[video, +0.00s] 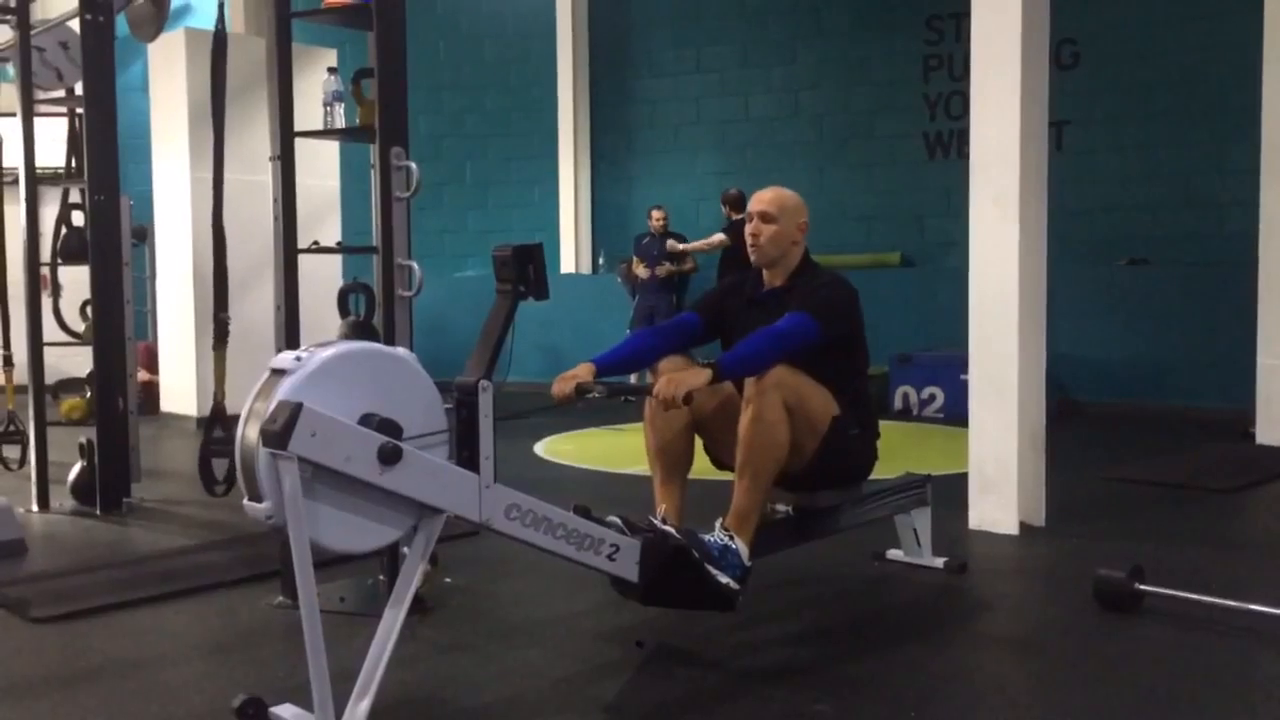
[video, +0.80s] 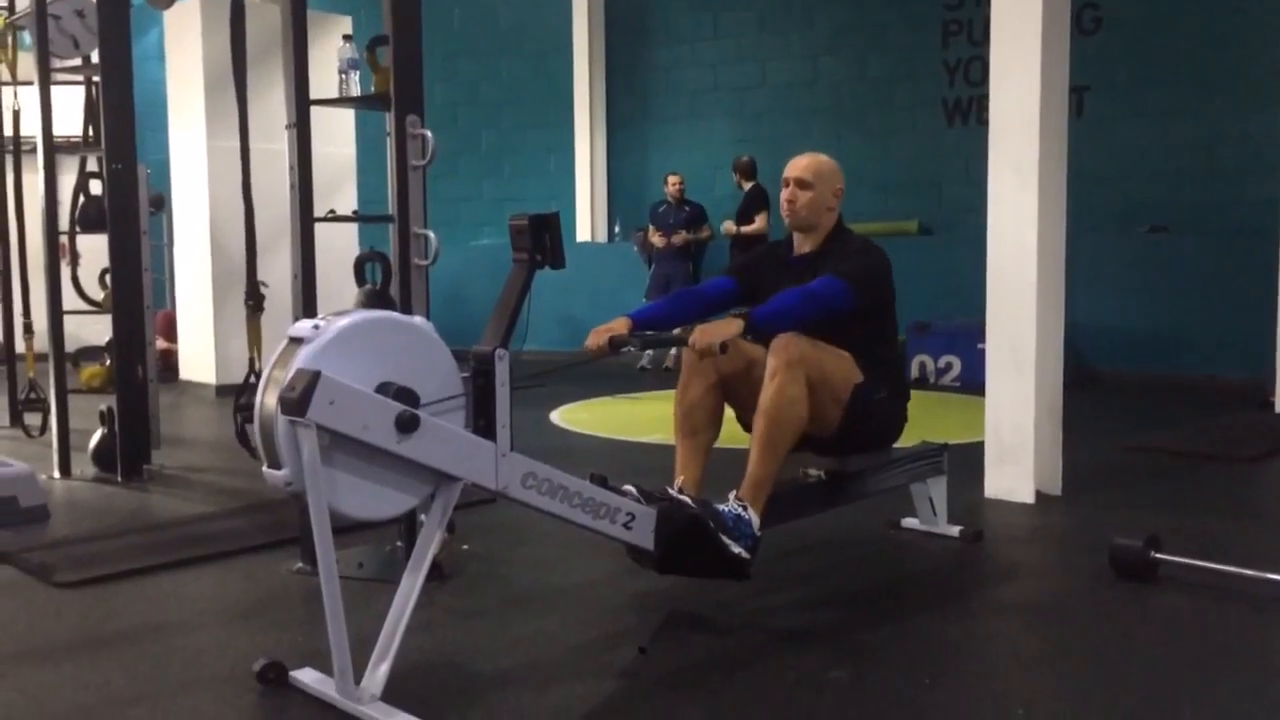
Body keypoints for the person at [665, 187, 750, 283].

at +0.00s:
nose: (722, 210)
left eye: (722, 207)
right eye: (721, 207)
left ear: (727, 208)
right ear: (743, 205)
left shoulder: (737, 226)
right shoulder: (750, 223)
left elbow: (709, 245)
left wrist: (680, 247)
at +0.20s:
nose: (719, 210)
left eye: (719, 206)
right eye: (719, 206)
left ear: (724, 207)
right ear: (739, 204)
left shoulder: (740, 224)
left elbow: (740, 257)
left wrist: (715, 256)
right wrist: (714, 256)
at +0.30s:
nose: (718, 209)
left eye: (718, 205)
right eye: (717, 205)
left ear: (722, 206)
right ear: (737, 203)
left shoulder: (741, 222)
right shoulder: (733, 223)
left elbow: (750, 253)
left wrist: (726, 258)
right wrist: (722, 256)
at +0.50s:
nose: (724, 199)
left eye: (724, 195)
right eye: (723, 195)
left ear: (728, 196)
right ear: (742, 192)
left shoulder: (747, 212)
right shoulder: (741, 212)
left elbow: (756, 243)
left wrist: (729, 246)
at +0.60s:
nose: (729, 190)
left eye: (729, 186)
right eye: (728, 186)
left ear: (733, 187)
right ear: (747, 183)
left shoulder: (752, 203)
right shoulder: (746, 204)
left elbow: (761, 234)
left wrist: (735, 238)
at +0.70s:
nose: (731, 183)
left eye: (731, 179)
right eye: (731, 179)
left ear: (736, 180)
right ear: (750, 176)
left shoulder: (756, 196)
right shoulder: (747, 197)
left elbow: (762, 228)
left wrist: (737, 232)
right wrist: (735, 229)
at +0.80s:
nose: (734, 179)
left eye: (734, 174)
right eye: (733, 174)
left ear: (738, 175)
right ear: (753, 172)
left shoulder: (757, 193)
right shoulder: (750, 193)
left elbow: (762, 225)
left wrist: (736, 230)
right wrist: (734, 227)